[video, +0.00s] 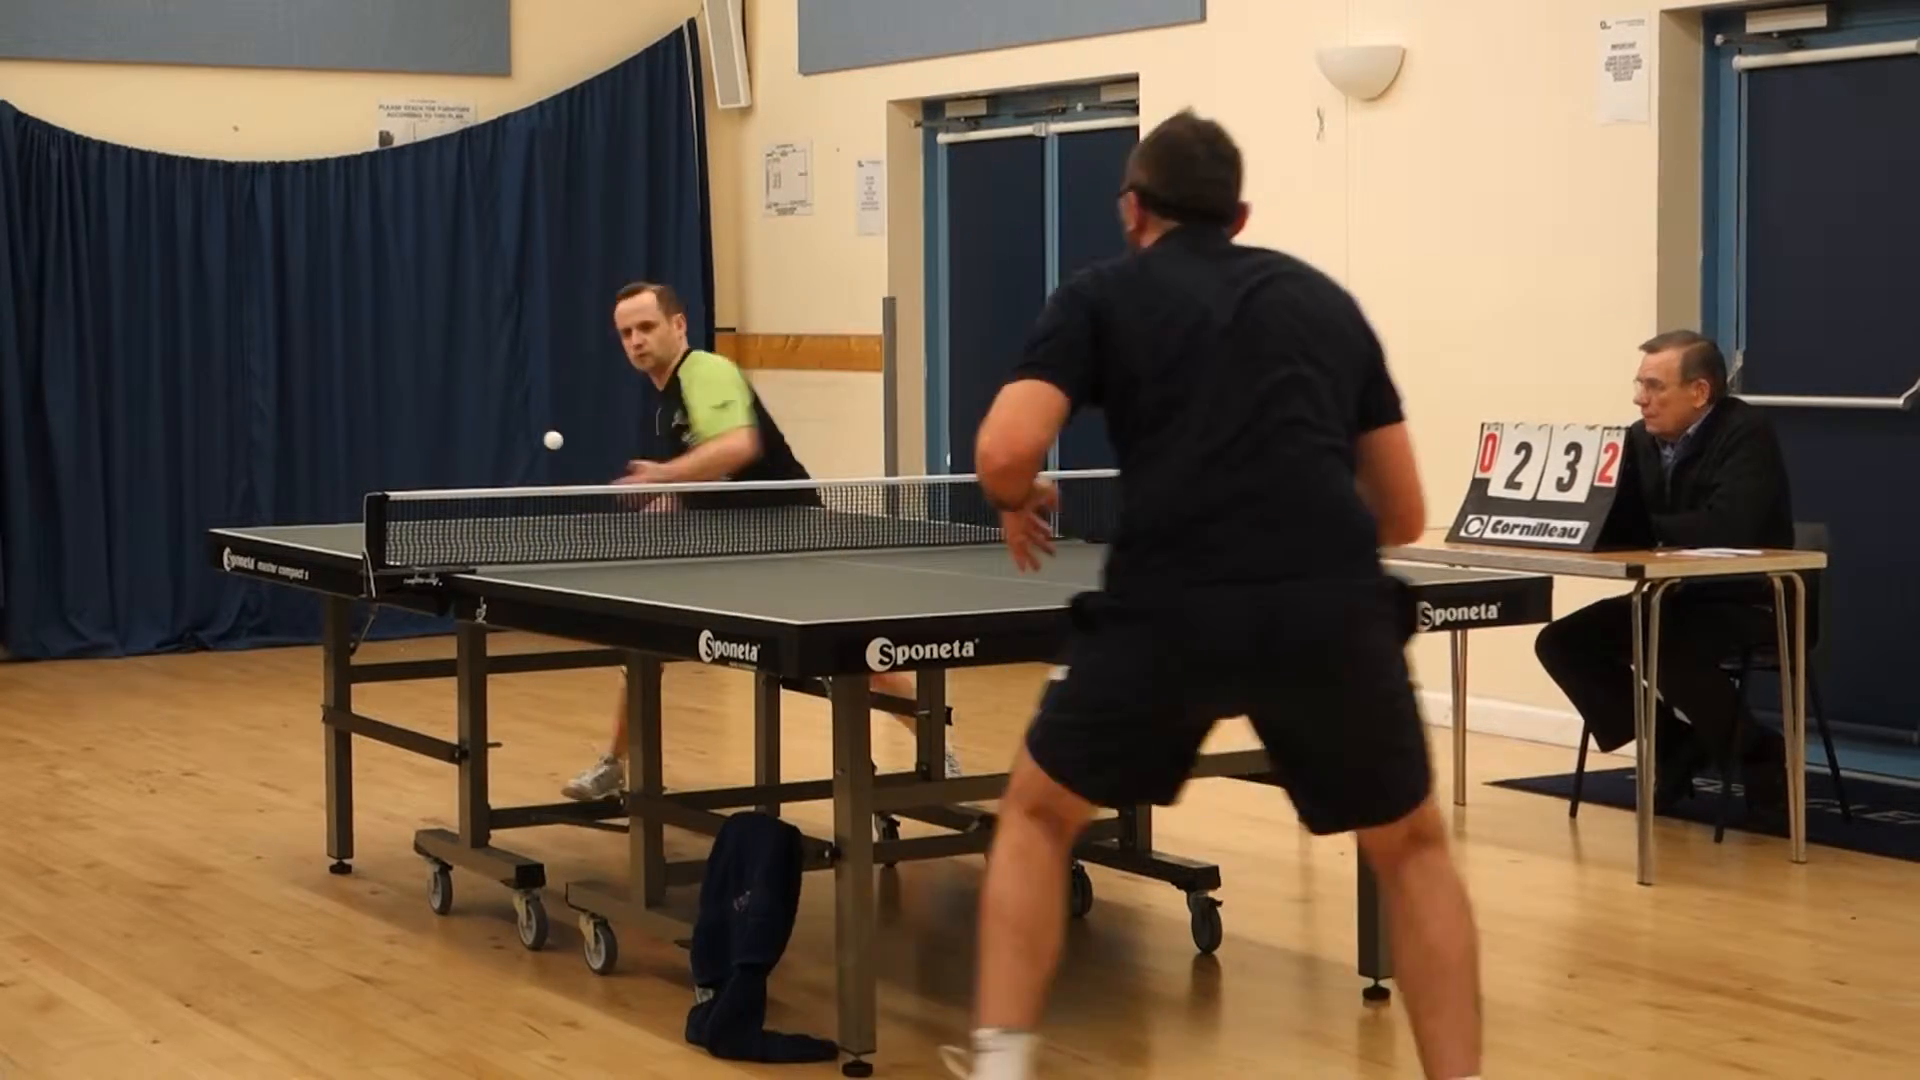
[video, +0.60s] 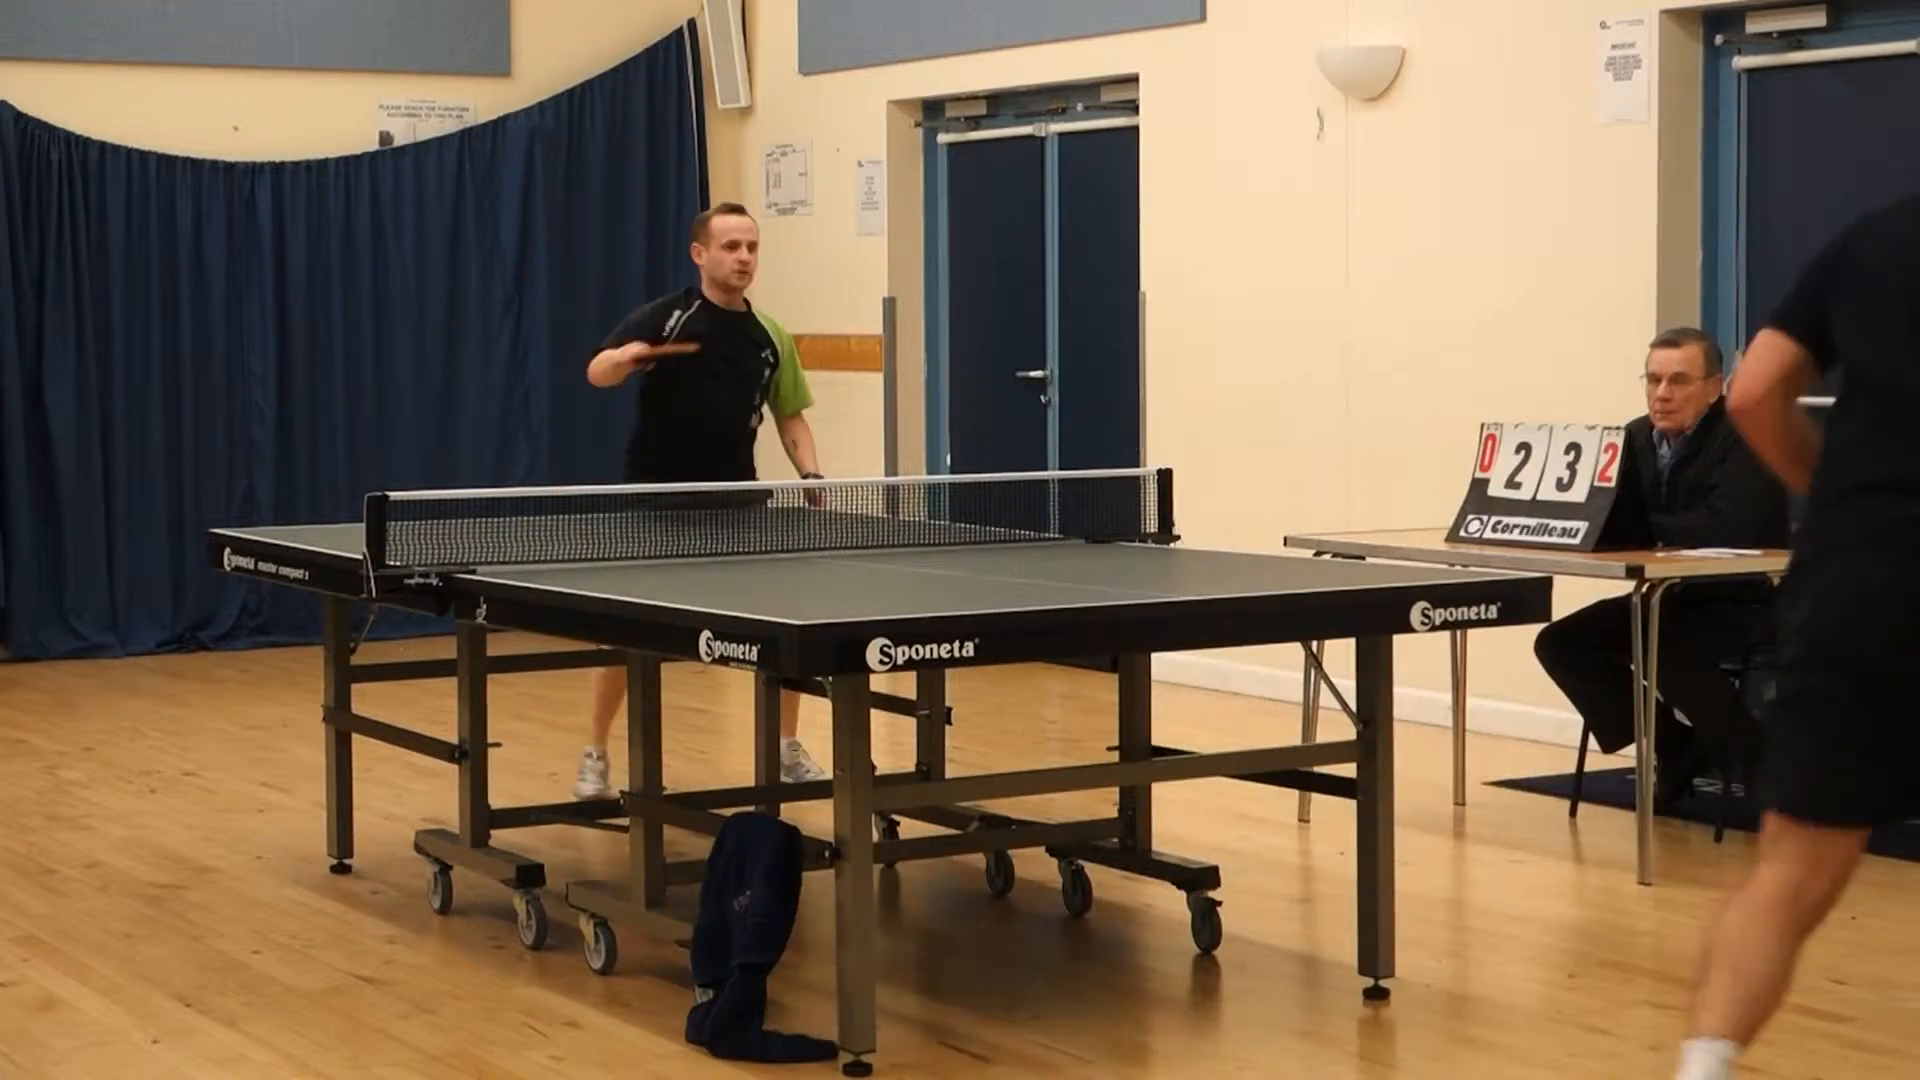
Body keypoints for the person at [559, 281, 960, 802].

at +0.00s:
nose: (634, 342)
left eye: (645, 328)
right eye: (625, 334)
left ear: (678, 326)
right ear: (622, 340)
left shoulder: (707, 371)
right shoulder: (668, 390)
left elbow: (741, 443)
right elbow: (707, 458)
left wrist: (666, 471)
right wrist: (677, 493)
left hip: (789, 530)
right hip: (729, 537)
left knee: (848, 650)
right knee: (645, 633)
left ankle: (936, 743)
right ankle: (618, 763)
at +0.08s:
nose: (674, 329)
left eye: (683, 314)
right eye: (664, 323)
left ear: (718, 311)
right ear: (662, 335)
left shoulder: (784, 364)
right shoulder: (681, 413)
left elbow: (839, 431)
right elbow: (659, 498)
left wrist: (772, 417)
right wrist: (579, 491)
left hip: (796, 545)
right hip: (712, 553)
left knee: (890, 628)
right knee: (662, 643)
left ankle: (930, 759)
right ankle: (627, 762)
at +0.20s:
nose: (775, 345)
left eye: (785, 336)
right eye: (765, 335)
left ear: (803, 350)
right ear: (744, 347)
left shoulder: (818, 419)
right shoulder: (732, 403)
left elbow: (897, 448)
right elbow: (738, 339)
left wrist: (893, 387)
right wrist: (813, 305)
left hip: (804, 568)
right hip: (735, 567)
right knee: (720, 685)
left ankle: (861, 796)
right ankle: (653, 772)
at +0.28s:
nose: (805, 360)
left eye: (815, 349)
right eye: (792, 349)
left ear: (828, 357)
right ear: (768, 352)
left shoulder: (822, 439)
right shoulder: (749, 410)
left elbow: (861, 506)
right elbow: (772, 346)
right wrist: (845, 318)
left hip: (812, 572)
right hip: (743, 572)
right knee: (723, 696)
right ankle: (647, 768)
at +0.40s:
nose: (799, 332)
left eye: (806, 322)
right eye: (787, 321)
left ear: (814, 332)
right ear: (761, 329)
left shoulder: (796, 396)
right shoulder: (734, 379)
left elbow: (786, 490)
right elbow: (719, 353)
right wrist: (779, 311)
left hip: (787, 547)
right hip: (727, 549)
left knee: (904, 619)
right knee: (704, 665)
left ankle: (930, 763)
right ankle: (634, 772)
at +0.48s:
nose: (778, 311)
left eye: (786, 300)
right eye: (767, 298)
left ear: (793, 302)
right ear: (737, 297)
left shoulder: (783, 371)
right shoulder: (711, 344)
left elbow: (775, 455)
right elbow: (663, 355)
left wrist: (814, 513)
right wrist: (719, 312)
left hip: (765, 525)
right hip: (695, 525)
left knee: (841, 625)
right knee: (664, 649)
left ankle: (902, 746)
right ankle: (628, 763)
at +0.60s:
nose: (745, 257)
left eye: (752, 246)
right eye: (731, 246)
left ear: (759, 254)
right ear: (699, 253)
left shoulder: (771, 337)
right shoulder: (659, 319)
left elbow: (791, 416)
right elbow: (597, 374)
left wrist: (812, 475)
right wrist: (628, 357)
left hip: (736, 506)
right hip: (656, 506)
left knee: (791, 617)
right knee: (629, 630)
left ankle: (785, 747)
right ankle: (596, 751)